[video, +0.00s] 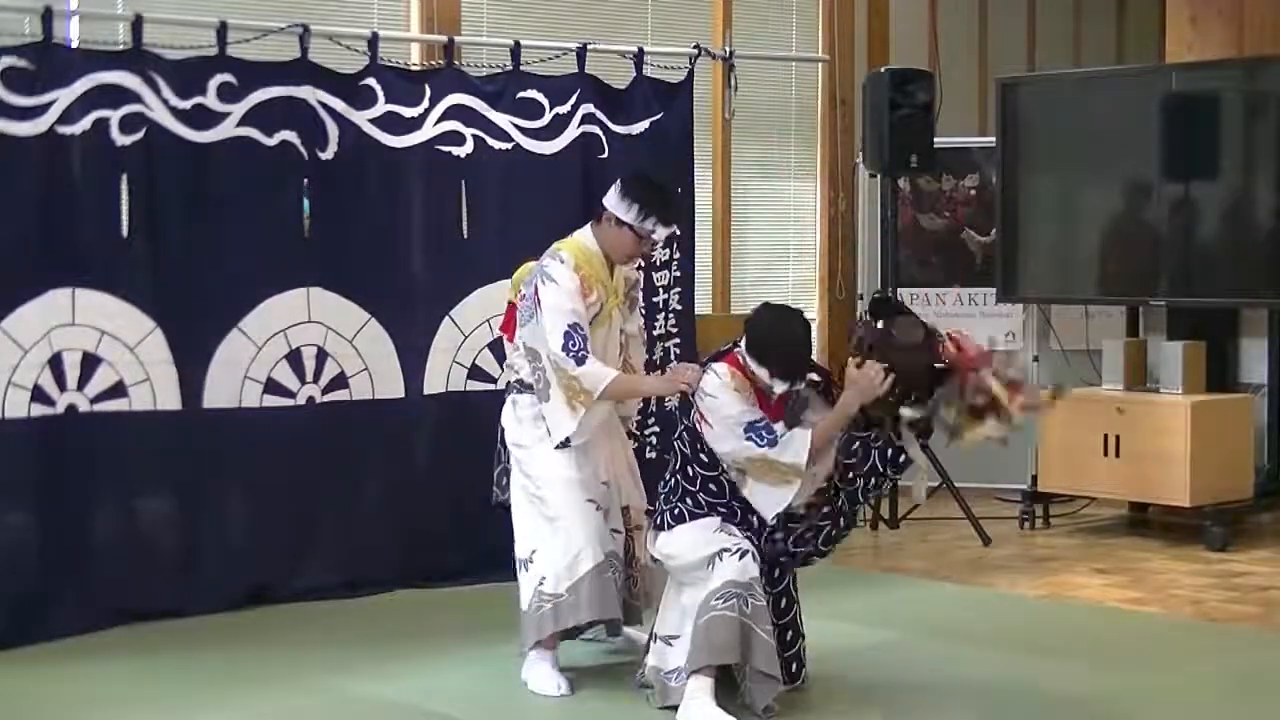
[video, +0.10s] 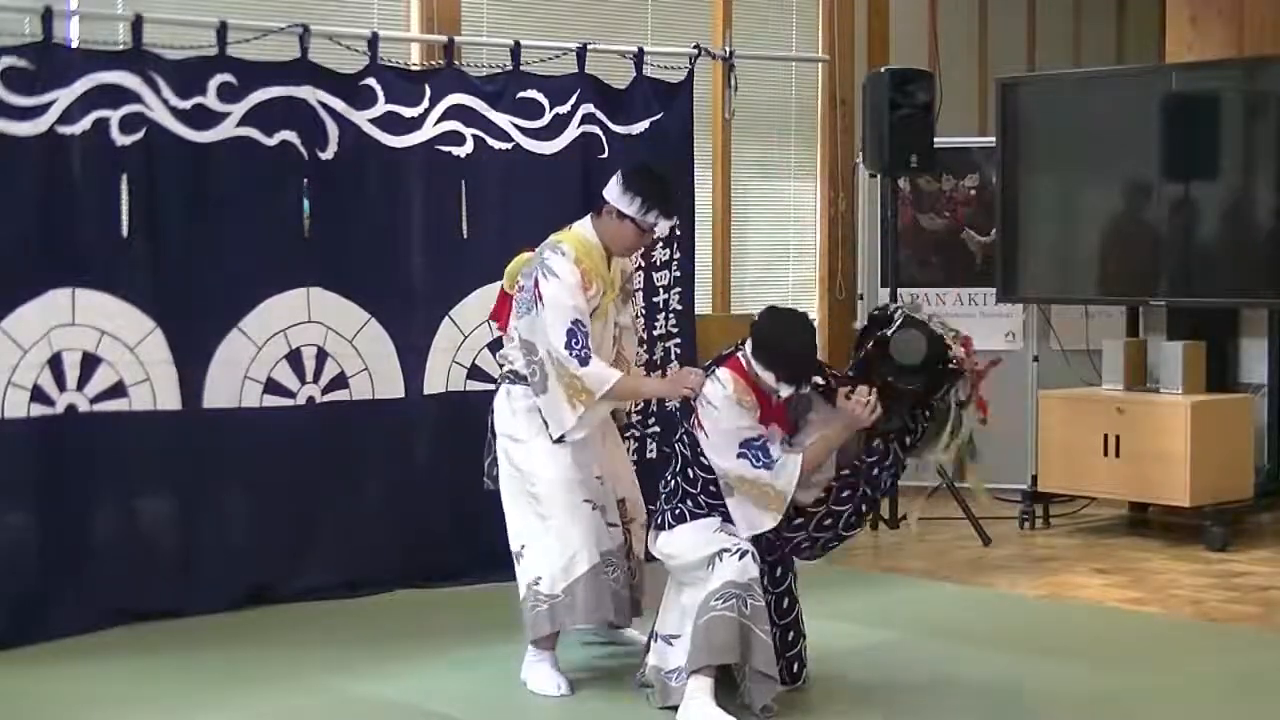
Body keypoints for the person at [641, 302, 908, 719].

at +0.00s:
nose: (780, 385)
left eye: (789, 377)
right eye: (772, 376)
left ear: (801, 359)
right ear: (751, 358)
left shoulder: (793, 379)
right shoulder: (719, 385)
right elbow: (784, 454)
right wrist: (849, 403)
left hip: (744, 517)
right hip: (693, 512)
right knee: (736, 563)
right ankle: (698, 694)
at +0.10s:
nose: (788, 388)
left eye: (795, 379)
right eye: (781, 378)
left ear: (807, 363)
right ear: (758, 359)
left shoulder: (797, 379)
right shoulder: (722, 391)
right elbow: (778, 471)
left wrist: (847, 412)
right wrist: (841, 428)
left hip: (741, 511)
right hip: (691, 512)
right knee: (736, 565)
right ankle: (698, 695)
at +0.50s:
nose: (793, 417)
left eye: (804, 412)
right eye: (786, 408)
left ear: (818, 391)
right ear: (767, 381)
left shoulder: (811, 396)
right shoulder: (721, 396)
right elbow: (775, 475)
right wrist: (846, 442)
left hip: (746, 518)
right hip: (689, 516)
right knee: (723, 561)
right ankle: (696, 688)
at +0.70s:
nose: (816, 436)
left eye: (825, 428)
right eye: (808, 427)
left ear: (839, 402)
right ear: (784, 400)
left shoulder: (829, 411)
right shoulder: (731, 411)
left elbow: (837, 475)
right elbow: (736, 510)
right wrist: (811, 514)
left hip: (792, 533)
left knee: (882, 555)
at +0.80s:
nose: (821, 447)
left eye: (831, 440)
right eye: (815, 437)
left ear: (845, 414)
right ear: (792, 409)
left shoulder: (833, 418)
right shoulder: (738, 417)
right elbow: (733, 509)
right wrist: (813, 513)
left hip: (780, 529)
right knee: (778, 676)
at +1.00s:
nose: (826, 449)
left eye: (836, 446)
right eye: (822, 436)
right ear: (806, 403)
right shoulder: (748, 404)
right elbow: (729, 503)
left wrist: (809, 543)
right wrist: (797, 535)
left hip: (756, 526)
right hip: (681, 518)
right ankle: (688, 693)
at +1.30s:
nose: (853, 388)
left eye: (855, 376)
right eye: (844, 376)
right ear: (811, 365)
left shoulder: (832, 422)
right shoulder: (756, 389)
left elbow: (822, 494)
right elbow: (718, 465)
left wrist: (812, 560)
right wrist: (723, 546)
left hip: (752, 506)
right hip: (692, 499)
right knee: (684, 571)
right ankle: (690, 690)